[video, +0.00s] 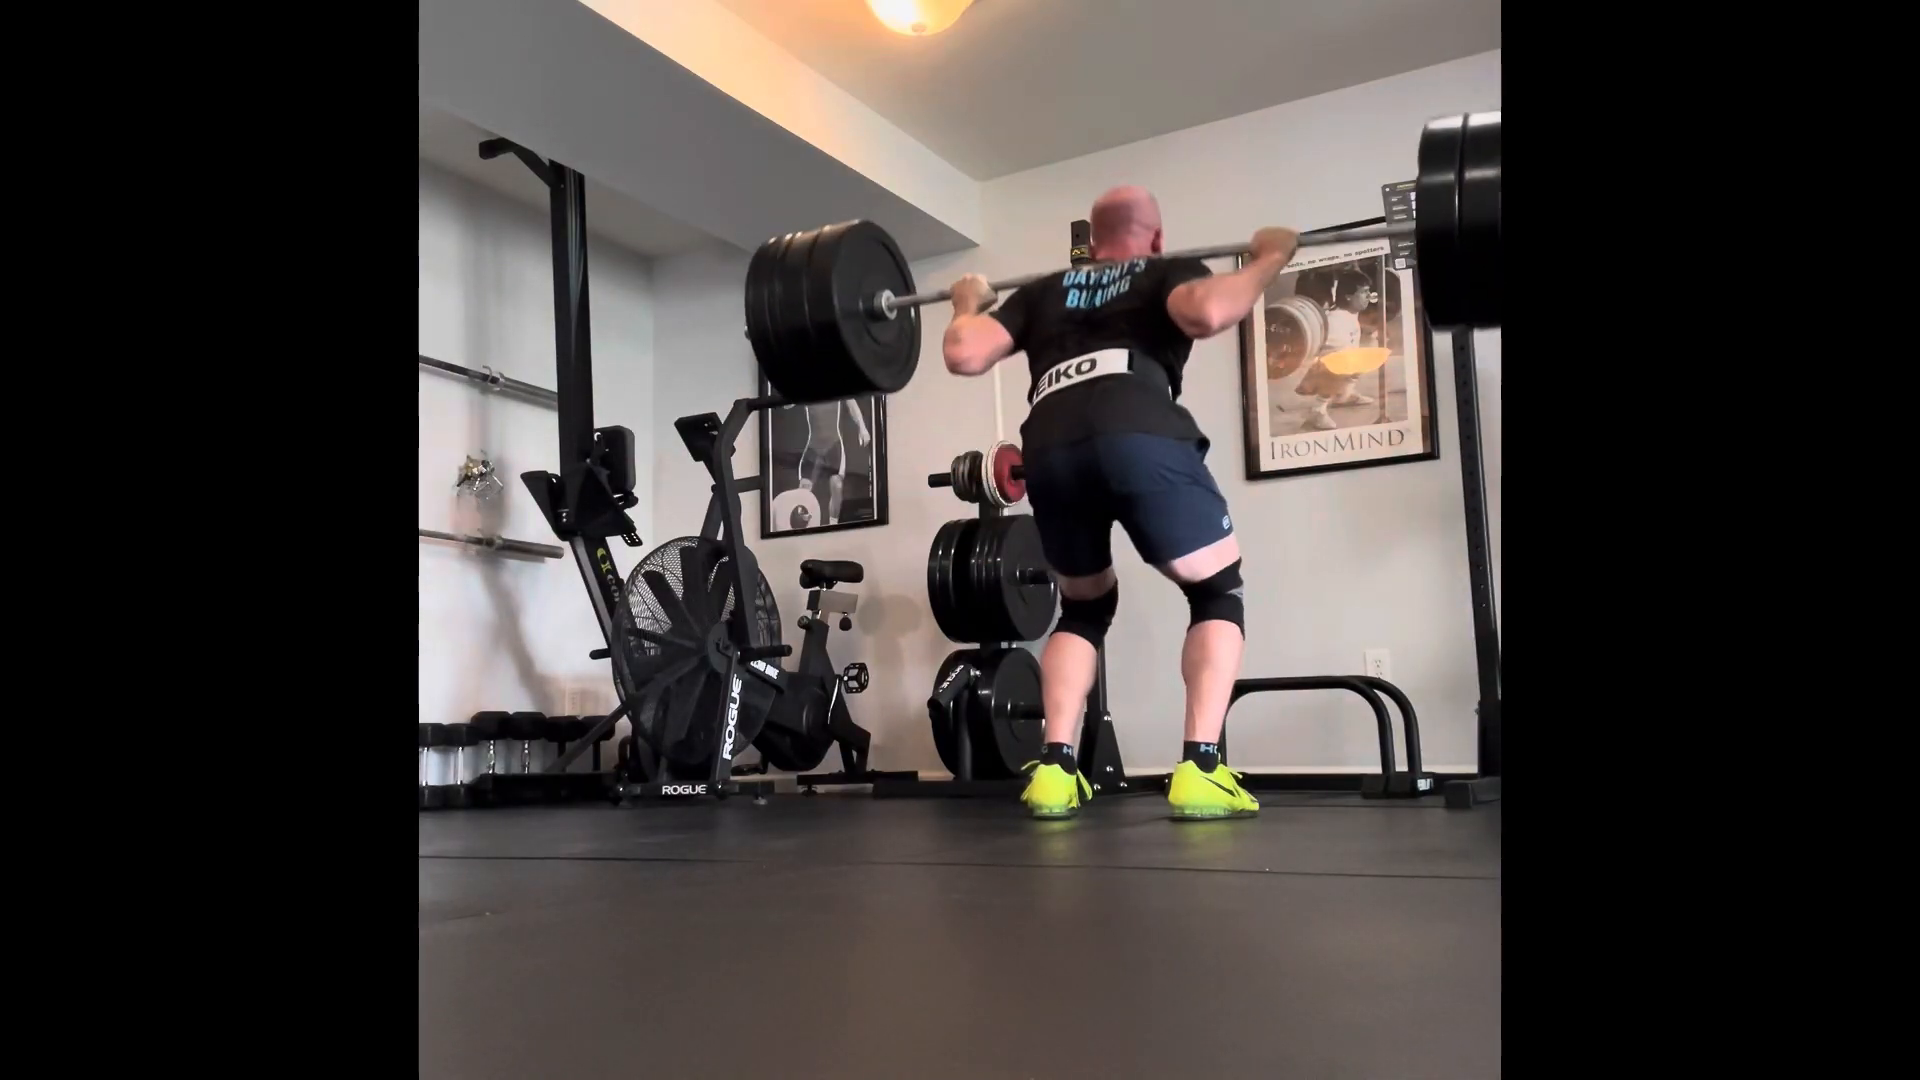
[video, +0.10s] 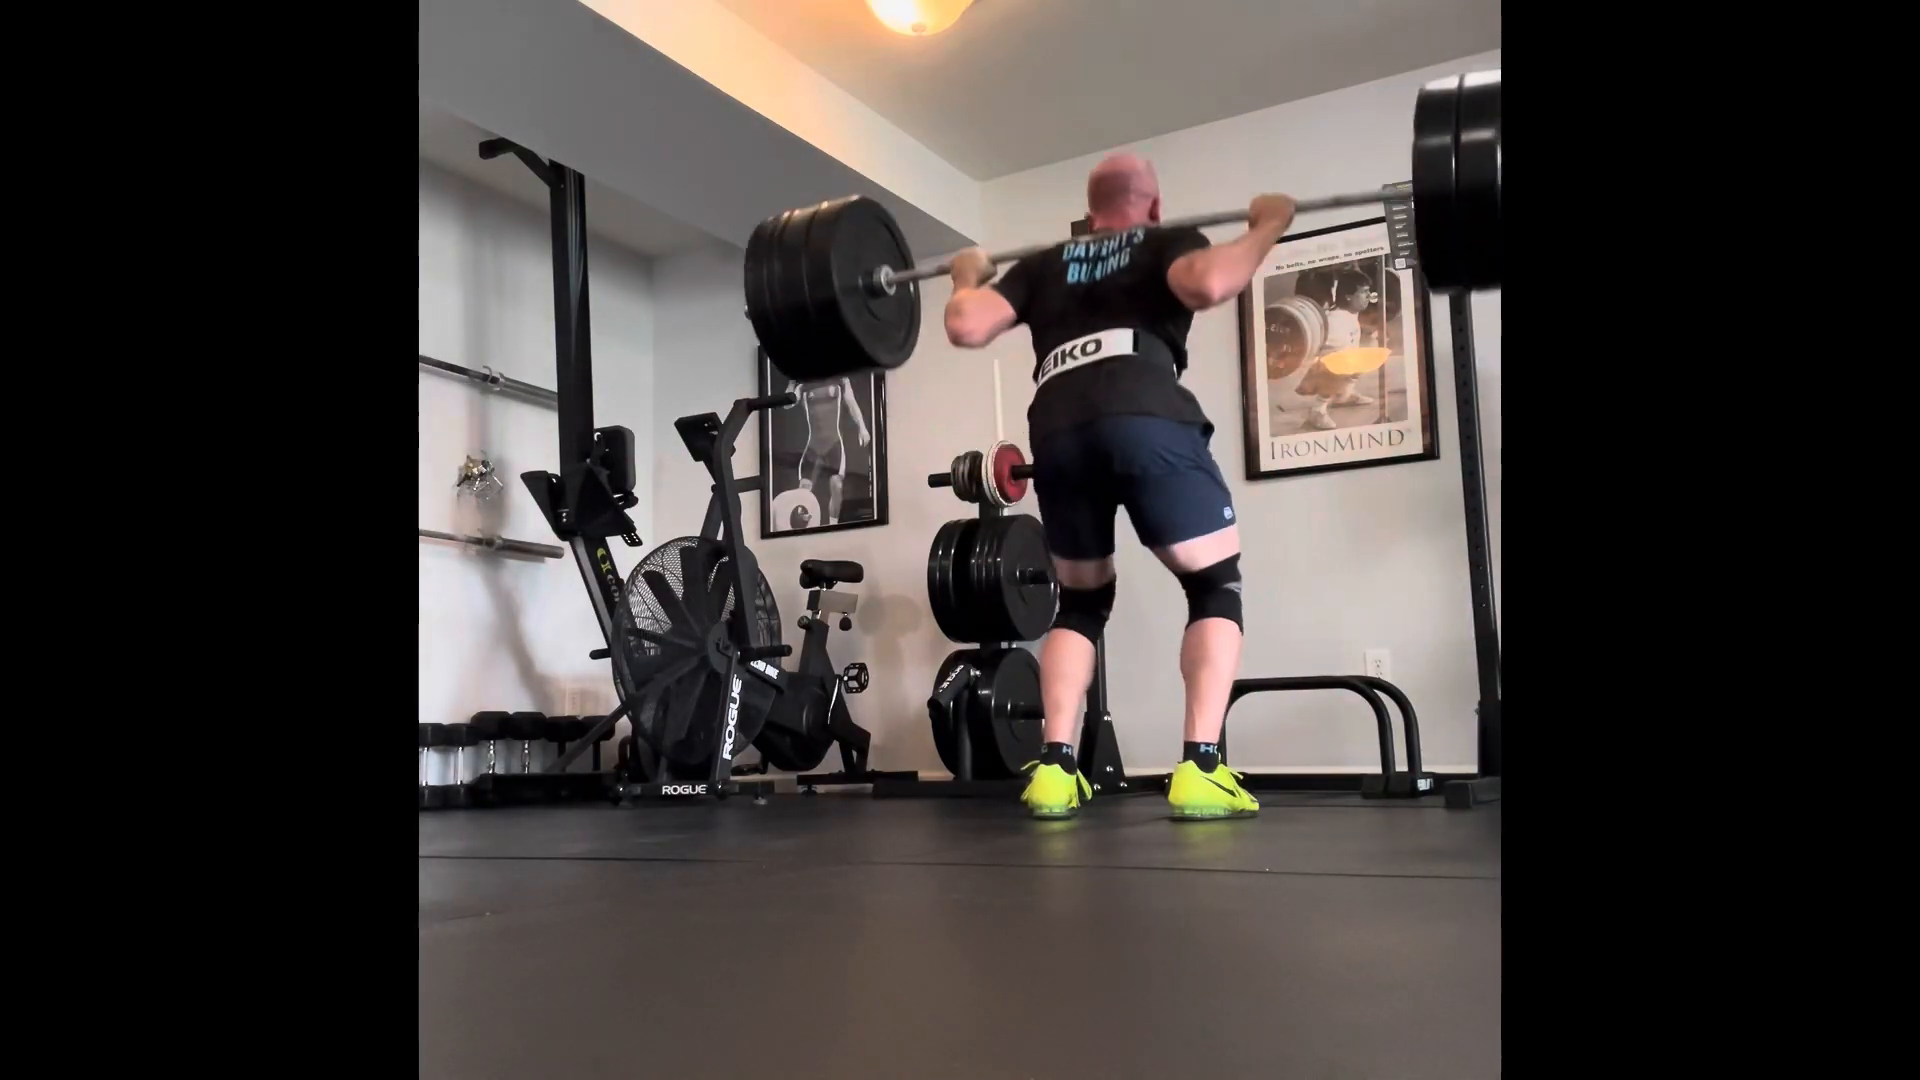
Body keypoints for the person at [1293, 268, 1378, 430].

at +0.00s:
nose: (1369, 297)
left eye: (1368, 292)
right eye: (1364, 293)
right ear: (1348, 296)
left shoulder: (1352, 316)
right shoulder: (1336, 319)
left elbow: (1351, 351)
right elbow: (1331, 358)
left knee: (1359, 362)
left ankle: (1345, 394)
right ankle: (1318, 410)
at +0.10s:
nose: (1368, 297)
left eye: (1368, 292)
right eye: (1364, 293)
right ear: (1348, 296)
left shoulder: (1353, 316)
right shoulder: (1337, 319)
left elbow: (1352, 352)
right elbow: (1331, 359)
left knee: (1359, 362)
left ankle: (1345, 393)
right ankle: (1318, 410)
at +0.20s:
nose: (1369, 297)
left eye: (1368, 292)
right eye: (1364, 293)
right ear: (1348, 296)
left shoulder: (1353, 317)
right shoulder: (1337, 318)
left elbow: (1352, 350)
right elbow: (1331, 354)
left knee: (1359, 363)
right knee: (1336, 371)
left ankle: (1344, 394)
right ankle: (1318, 410)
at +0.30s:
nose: (1369, 297)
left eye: (1368, 292)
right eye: (1364, 293)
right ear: (1348, 296)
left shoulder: (1353, 316)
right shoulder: (1336, 319)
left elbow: (1351, 351)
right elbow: (1331, 355)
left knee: (1359, 362)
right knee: (1338, 368)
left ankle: (1345, 394)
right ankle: (1318, 410)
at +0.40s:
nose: (1369, 297)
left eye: (1368, 292)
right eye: (1364, 293)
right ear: (1348, 296)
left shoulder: (1353, 316)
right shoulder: (1336, 319)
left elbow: (1351, 351)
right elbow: (1331, 355)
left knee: (1359, 362)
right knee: (1338, 368)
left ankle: (1345, 394)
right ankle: (1318, 410)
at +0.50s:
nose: (1369, 296)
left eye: (1368, 292)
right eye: (1364, 292)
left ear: (1349, 297)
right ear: (1348, 296)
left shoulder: (1353, 317)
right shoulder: (1336, 319)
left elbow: (1352, 351)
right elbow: (1330, 358)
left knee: (1358, 362)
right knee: (1337, 368)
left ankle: (1345, 394)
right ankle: (1318, 410)